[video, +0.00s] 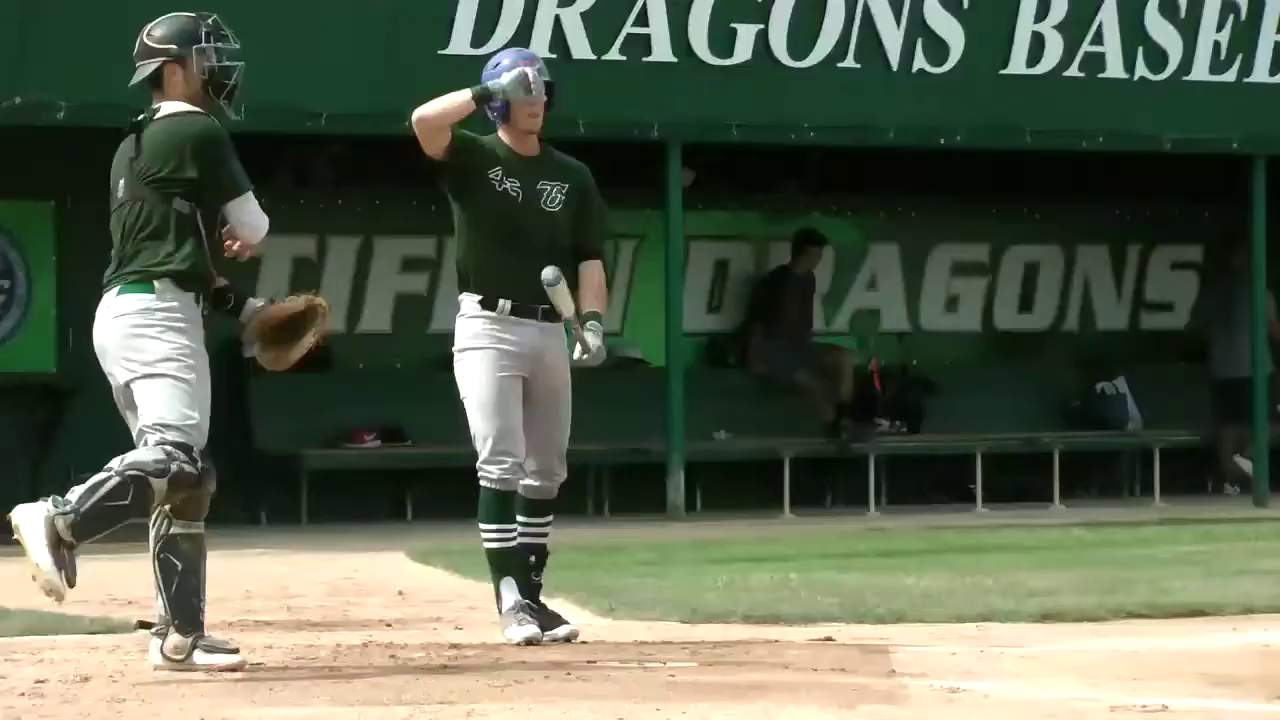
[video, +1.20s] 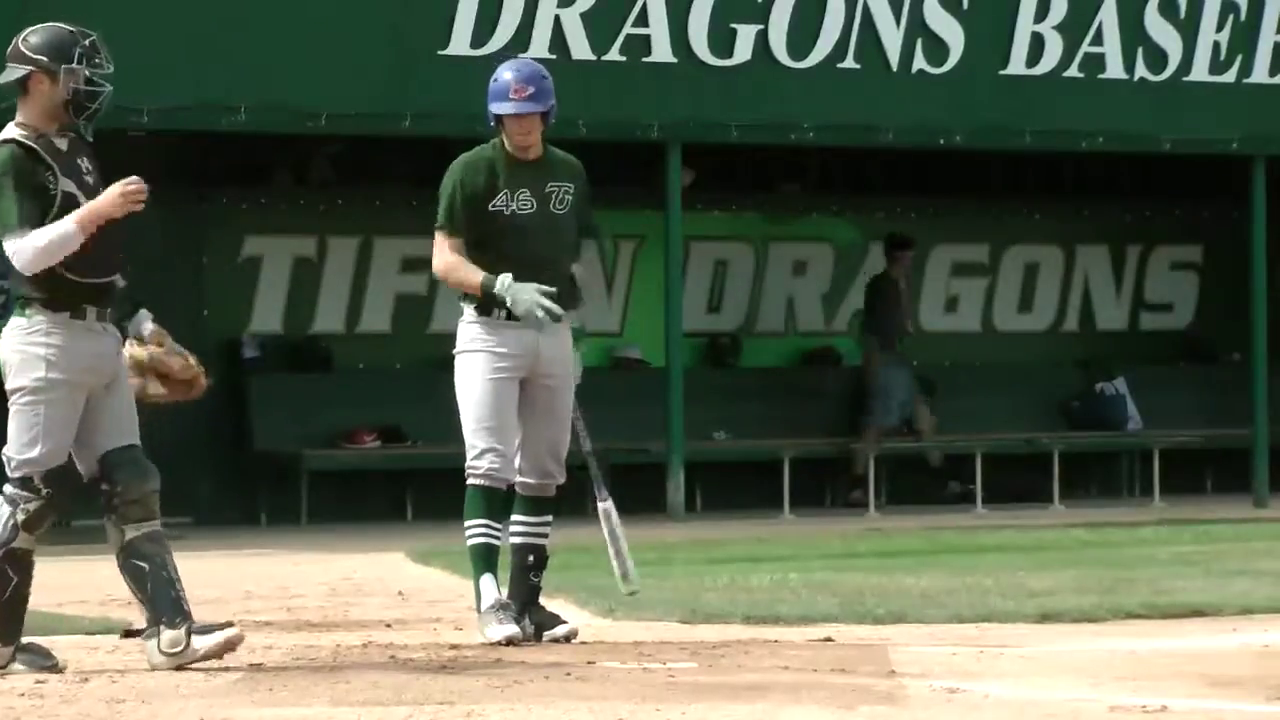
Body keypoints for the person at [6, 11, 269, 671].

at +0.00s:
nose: (218, 69)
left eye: (215, 58)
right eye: (207, 59)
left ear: (161, 73)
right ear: (176, 67)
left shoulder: (129, 147)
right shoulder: (200, 128)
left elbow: (168, 255)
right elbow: (253, 229)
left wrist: (243, 307)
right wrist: (225, 245)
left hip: (120, 313)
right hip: (158, 308)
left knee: (187, 477)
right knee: (175, 453)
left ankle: (181, 633)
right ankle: (58, 520)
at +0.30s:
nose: (213, 72)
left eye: (210, 59)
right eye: (201, 61)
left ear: (155, 72)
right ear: (168, 67)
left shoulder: (135, 141)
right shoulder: (187, 132)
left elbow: (170, 262)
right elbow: (229, 241)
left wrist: (240, 335)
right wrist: (296, 308)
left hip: (129, 319)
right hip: (171, 315)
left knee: (187, 476)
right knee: (240, 458)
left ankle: (181, 632)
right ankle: (162, 524)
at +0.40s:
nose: (208, 69)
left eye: (206, 58)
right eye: (196, 59)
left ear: (150, 72)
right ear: (162, 67)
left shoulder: (128, 144)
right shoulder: (183, 133)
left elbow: (145, 243)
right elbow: (218, 236)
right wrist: (264, 319)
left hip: (128, 322)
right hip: (176, 318)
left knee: (185, 473)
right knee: (251, 458)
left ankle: (179, 633)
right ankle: (163, 556)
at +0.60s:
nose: (194, 66)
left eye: (191, 55)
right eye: (182, 56)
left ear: (141, 69)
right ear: (151, 65)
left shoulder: (131, 137)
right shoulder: (158, 132)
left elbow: (125, 255)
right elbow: (153, 227)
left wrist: (127, 350)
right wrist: (179, 310)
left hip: (148, 325)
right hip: (183, 322)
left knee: (187, 474)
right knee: (226, 472)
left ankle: (183, 630)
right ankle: (110, 581)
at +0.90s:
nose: (149, 65)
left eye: (147, 56)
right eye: (135, 57)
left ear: (119, 72)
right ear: (101, 71)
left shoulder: (137, 144)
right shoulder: (95, 146)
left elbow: (135, 258)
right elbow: (84, 250)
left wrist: (85, 351)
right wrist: (104, 336)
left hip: (177, 331)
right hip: (133, 331)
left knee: (185, 491)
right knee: (124, 494)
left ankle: (182, 638)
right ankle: (30, 613)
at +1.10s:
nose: (107, 84)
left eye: (107, 73)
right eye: (96, 73)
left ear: (74, 79)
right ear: (62, 75)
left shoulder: (97, 151)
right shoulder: (39, 157)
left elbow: (106, 260)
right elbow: (37, 261)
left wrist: (145, 366)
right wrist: (120, 278)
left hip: (124, 333)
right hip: (71, 335)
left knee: (147, 488)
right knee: (53, 496)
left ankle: (178, 634)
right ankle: (6, 636)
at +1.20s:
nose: (83, 88)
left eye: (82, 78)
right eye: (72, 76)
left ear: (63, 84)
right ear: (37, 77)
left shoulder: (73, 152)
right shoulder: (12, 156)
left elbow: (91, 260)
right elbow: (20, 256)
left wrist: (137, 329)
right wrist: (96, 213)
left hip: (98, 333)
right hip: (44, 334)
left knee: (130, 485)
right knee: (30, 497)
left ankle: (171, 631)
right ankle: (6, 641)